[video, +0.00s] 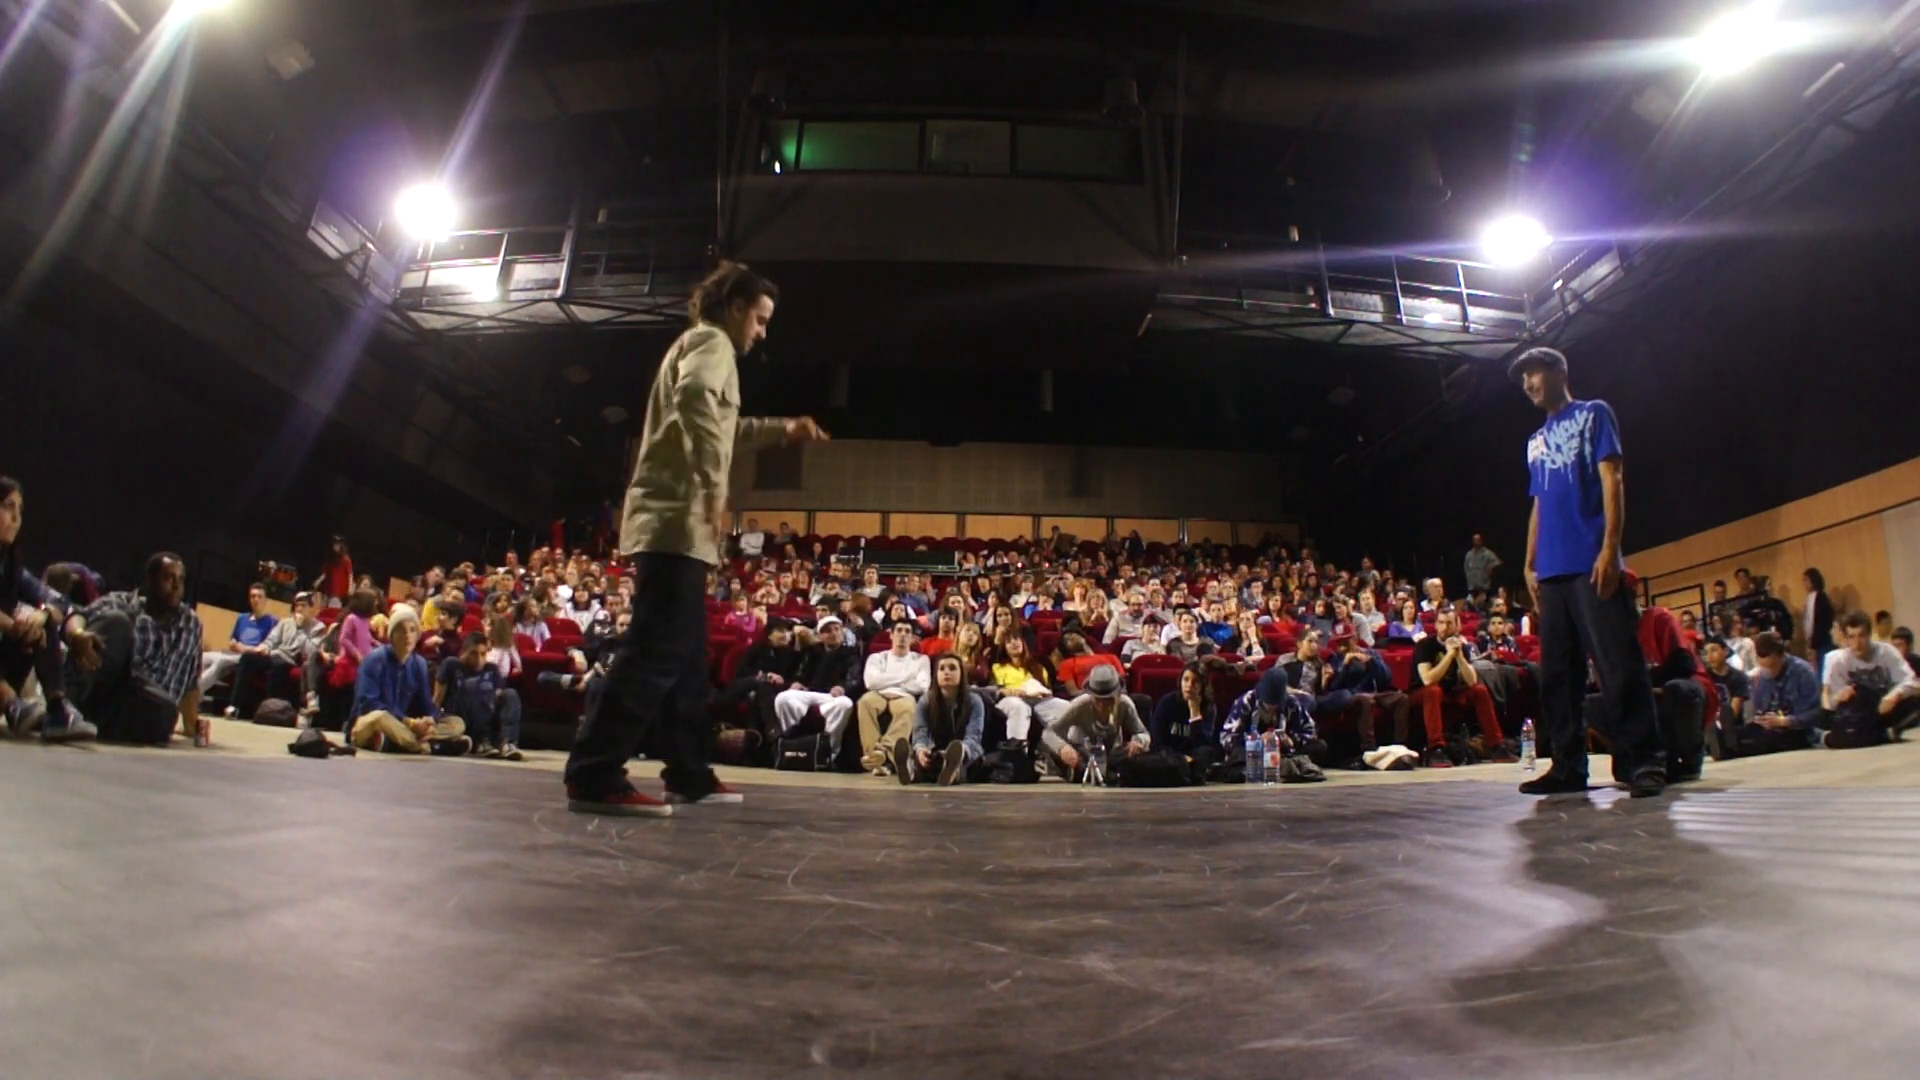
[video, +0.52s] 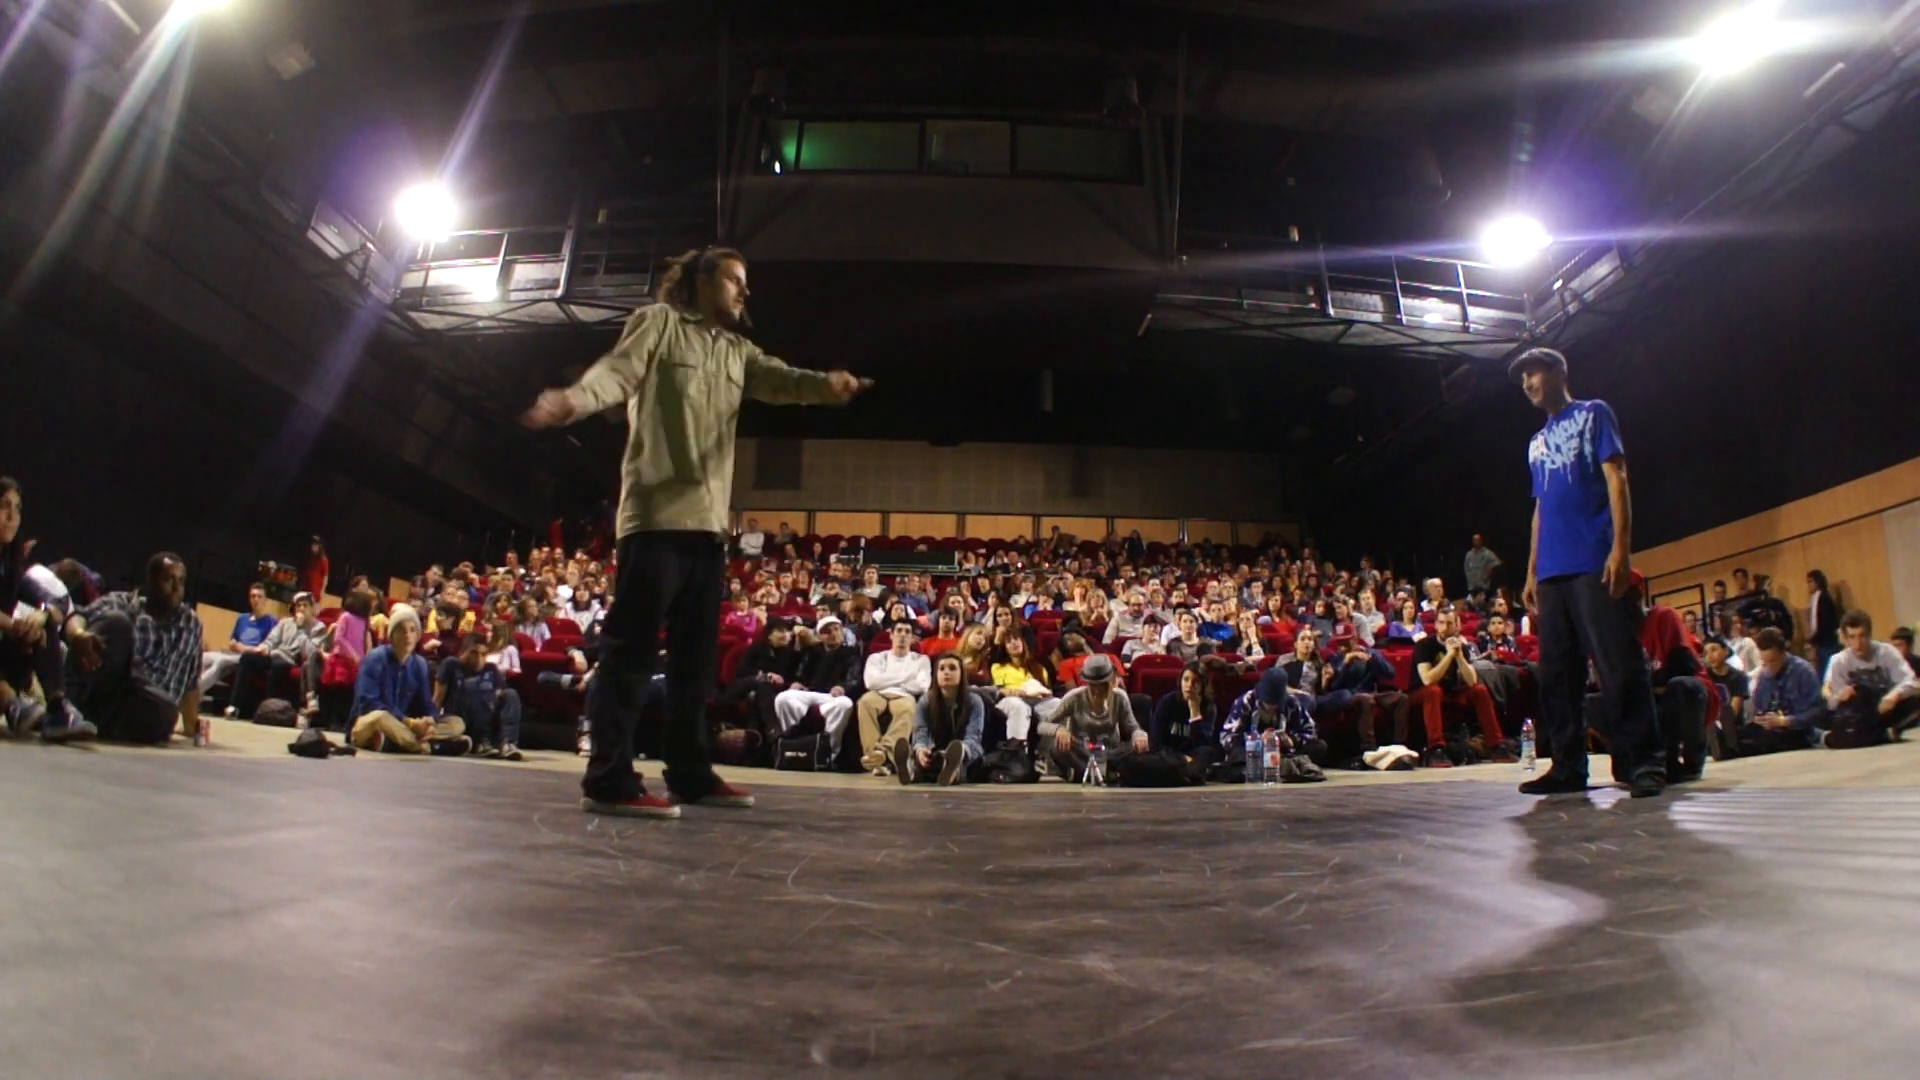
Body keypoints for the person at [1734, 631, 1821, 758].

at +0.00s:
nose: (1767, 671)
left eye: (1770, 666)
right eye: (1763, 667)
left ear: (1779, 656)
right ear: (1759, 662)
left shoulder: (1803, 672)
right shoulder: (1762, 677)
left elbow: (1814, 714)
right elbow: (1757, 711)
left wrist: (1783, 721)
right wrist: (1762, 720)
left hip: (1798, 732)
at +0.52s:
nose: (1767, 666)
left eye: (1772, 661)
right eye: (1764, 661)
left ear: (1783, 654)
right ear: (1761, 657)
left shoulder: (1802, 671)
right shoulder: (1764, 675)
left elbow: (1817, 712)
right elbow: (1757, 709)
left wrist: (1782, 721)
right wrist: (1760, 719)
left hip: (1798, 732)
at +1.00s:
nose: (1768, 663)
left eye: (1772, 657)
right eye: (1764, 658)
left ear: (1783, 651)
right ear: (1759, 656)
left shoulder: (1803, 671)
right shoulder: (1762, 676)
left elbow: (1817, 711)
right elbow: (1757, 709)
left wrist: (1783, 721)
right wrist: (1762, 719)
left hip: (1799, 732)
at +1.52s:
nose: (1775, 653)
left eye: (1779, 646)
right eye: (1769, 648)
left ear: (1787, 647)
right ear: (1764, 650)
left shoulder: (1803, 671)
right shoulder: (1763, 676)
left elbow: (1815, 711)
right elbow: (1757, 710)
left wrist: (1783, 721)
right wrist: (1761, 719)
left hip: (1797, 731)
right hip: (1768, 731)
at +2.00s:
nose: (1777, 651)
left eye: (1782, 645)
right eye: (1772, 646)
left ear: (1790, 645)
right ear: (1767, 648)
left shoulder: (1805, 670)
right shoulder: (1763, 676)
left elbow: (1814, 711)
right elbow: (1755, 711)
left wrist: (1784, 720)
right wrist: (1761, 718)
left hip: (1798, 731)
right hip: (1767, 731)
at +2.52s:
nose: (1775, 654)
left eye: (1780, 648)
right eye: (1770, 649)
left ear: (1787, 648)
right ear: (1763, 651)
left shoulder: (1803, 671)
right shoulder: (1762, 677)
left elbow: (1813, 712)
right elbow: (1755, 712)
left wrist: (1785, 720)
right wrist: (1759, 719)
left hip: (1797, 731)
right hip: (1767, 731)